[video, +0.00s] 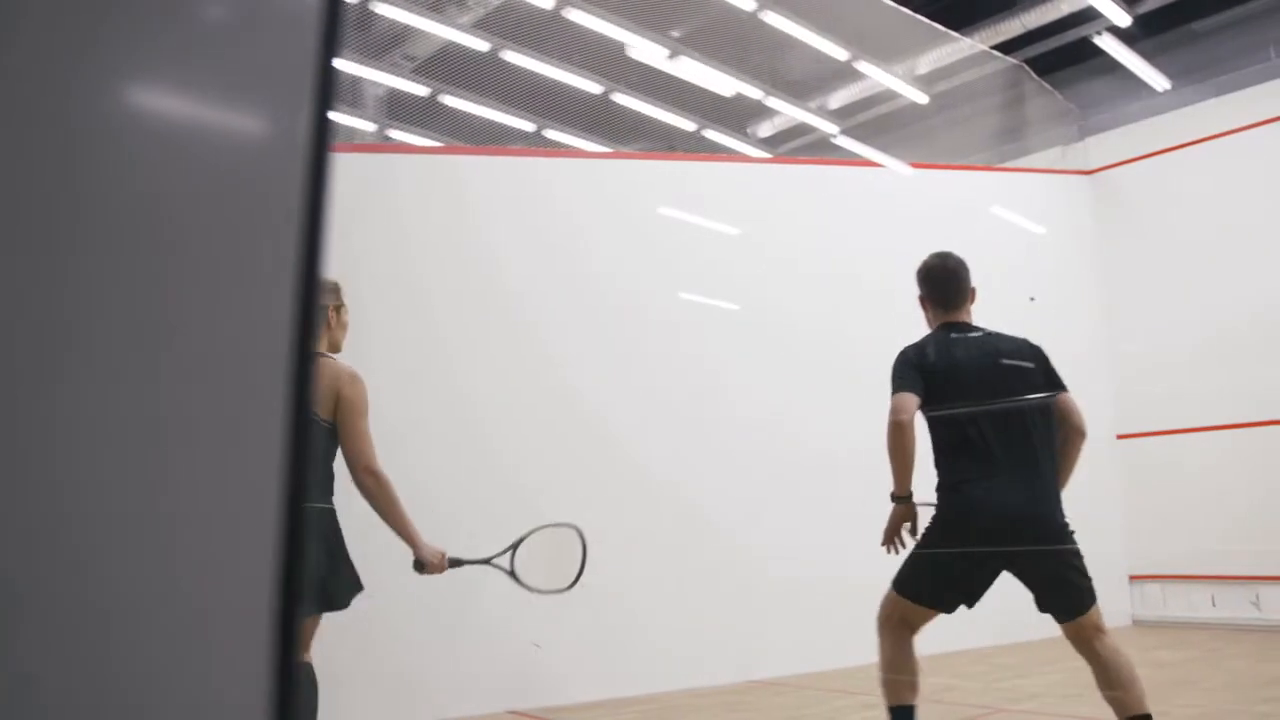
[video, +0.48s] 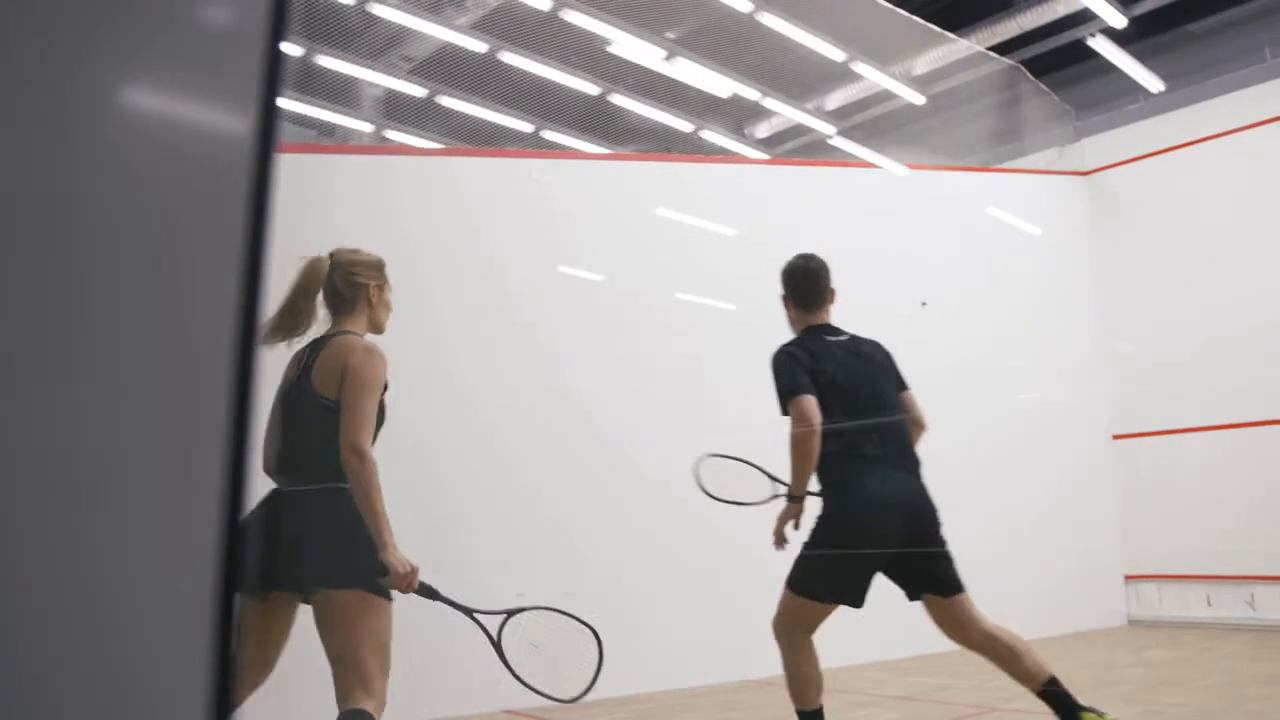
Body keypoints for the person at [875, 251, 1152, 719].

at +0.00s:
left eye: (920, 298)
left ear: (922, 302)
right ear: (973, 296)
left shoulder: (916, 358)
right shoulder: (1026, 351)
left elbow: (901, 419)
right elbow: (1074, 427)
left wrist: (902, 497)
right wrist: (1048, 491)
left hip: (967, 526)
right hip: (1039, 522)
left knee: (896, 623)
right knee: (1094, 638)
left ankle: (901, 717)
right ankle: (1141, 716)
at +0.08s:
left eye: (904, 303)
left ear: (904, 306)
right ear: (954, 301)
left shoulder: (902, 362)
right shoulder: (1005, 353)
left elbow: (890, 422)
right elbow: (1054, 430)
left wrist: (888, 501)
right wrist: (1025, 489)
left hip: (955, 528)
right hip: (1026, 525)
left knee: (874, 621)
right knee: (1083, 642)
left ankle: (874, 716)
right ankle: (1135, 716)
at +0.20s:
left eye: (872, 303)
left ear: (872, 307)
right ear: (921, 303)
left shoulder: (874, 362)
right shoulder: (969, 355)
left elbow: (869, 423)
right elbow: (1016, 430)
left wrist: (864, 501)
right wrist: (983, 485)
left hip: (932, 528)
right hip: (1001, 526)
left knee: (846, 620)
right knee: (1062, 646)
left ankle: (841, 718)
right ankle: (1124, 719)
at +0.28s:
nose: (846, 307)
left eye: (844, 301)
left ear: (847, 306)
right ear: (894, 300)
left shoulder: (850, 359)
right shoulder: (941, 352)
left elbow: (852, 423)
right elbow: (987, 425)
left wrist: (846, 499)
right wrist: (955, 478)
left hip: (913, 528)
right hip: (979, 524)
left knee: (829, 622)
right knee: (1041, 639)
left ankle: (829, 718)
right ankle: (1114, 717)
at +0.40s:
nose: (813, 305)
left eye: (811, 298)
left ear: (809, 301)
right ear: (858, 298)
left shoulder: (815, 356)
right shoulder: (899, 350)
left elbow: (826, 422)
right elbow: (944, 421)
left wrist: (817, 499)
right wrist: (912, 475)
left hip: (877, 518)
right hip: (938, 513)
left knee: (807, 626)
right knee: (999, 625)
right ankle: (1096, 714)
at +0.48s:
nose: (786, 305)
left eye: (783, 299)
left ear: (785, 304)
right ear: (831, 299)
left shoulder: (791, 356)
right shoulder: (872, 350)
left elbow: (807, 423)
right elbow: (916, 421)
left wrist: (794, 498)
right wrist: (880, 472)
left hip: (854, 517)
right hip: (912, 512)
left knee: (791, 629)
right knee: (967, 625)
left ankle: (811, 719)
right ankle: (1073, 710)